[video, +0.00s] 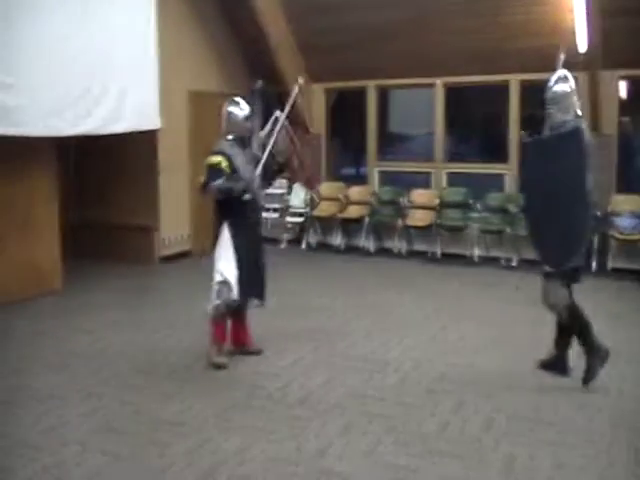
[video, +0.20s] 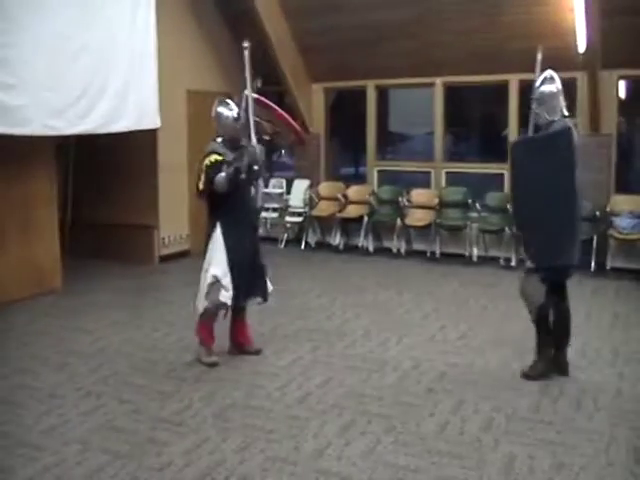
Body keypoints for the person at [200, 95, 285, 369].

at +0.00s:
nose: (250, 125)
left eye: (251, 120)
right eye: (245, 119)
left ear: (250, 123)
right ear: (232, 122)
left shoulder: (250, 153)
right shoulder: (221, 156)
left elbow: (259, 182)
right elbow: (213, 187)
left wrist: (276, 160)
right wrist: (241, 186)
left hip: (250, 225)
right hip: (230, 226)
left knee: (245, 281)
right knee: (227, 283)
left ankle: (241, 338)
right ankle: (217, 345)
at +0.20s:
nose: (239, 127)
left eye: (240, 122)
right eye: (233, 122)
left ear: (242, 124)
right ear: (220, 125)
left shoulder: (244, 152)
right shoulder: (214, 159)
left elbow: (261, 175)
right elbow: (218, 186)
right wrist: (239, 164)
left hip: (246, 224)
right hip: (225, 225)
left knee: (243, 278)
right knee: (220, 280)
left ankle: (239, 336)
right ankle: (205, 342)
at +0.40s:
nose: (228, 129)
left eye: (229, 124)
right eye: (222, 124)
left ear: (230, 127)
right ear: (209, 127)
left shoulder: (230, 155)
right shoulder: (204, 158)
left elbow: (246, 180)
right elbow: (214, 181)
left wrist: (250, 154)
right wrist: (234, 159)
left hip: (237, 227)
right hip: (214, 228)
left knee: (242, 278)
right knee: (209, 281)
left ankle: (238, 336)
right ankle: (201, 341)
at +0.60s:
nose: (218, 129)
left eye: (219, 124)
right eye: (212, 124)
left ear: (221, 127)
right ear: (200, 129)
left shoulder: (221, 155)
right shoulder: (196, 160)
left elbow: (234, 184)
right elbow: (192, 191)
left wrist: (242, 160)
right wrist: (225, 170)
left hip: (225, 226)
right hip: (204, 228)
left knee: (236, 276)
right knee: (201, 280)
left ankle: (242, 334)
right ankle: (198, 344)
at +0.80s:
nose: (222, 130)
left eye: (223, 124)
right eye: (215, 124)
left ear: (224, 128)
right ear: (202, 129)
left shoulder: (225, 157)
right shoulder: (198, 162)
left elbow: (236, 188)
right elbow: (205, 193)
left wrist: (245, 165)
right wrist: (230, 173)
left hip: (229, 227)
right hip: (207, 230)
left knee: (237, 277)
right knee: (205, 281)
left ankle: (243, 334)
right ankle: (201, 343)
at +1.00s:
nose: (226, 129)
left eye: (226, 123)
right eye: (220, 124)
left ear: (227, 127)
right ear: (206, 129)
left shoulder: (228, 156)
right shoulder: (201, 162)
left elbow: (238, 189)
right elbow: (209, 195)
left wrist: (254, 169)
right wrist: (235, 171)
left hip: (235, 227)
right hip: (212, 229)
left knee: (243, 279)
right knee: (209, 282)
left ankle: (244, 334)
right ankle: (201, 342)